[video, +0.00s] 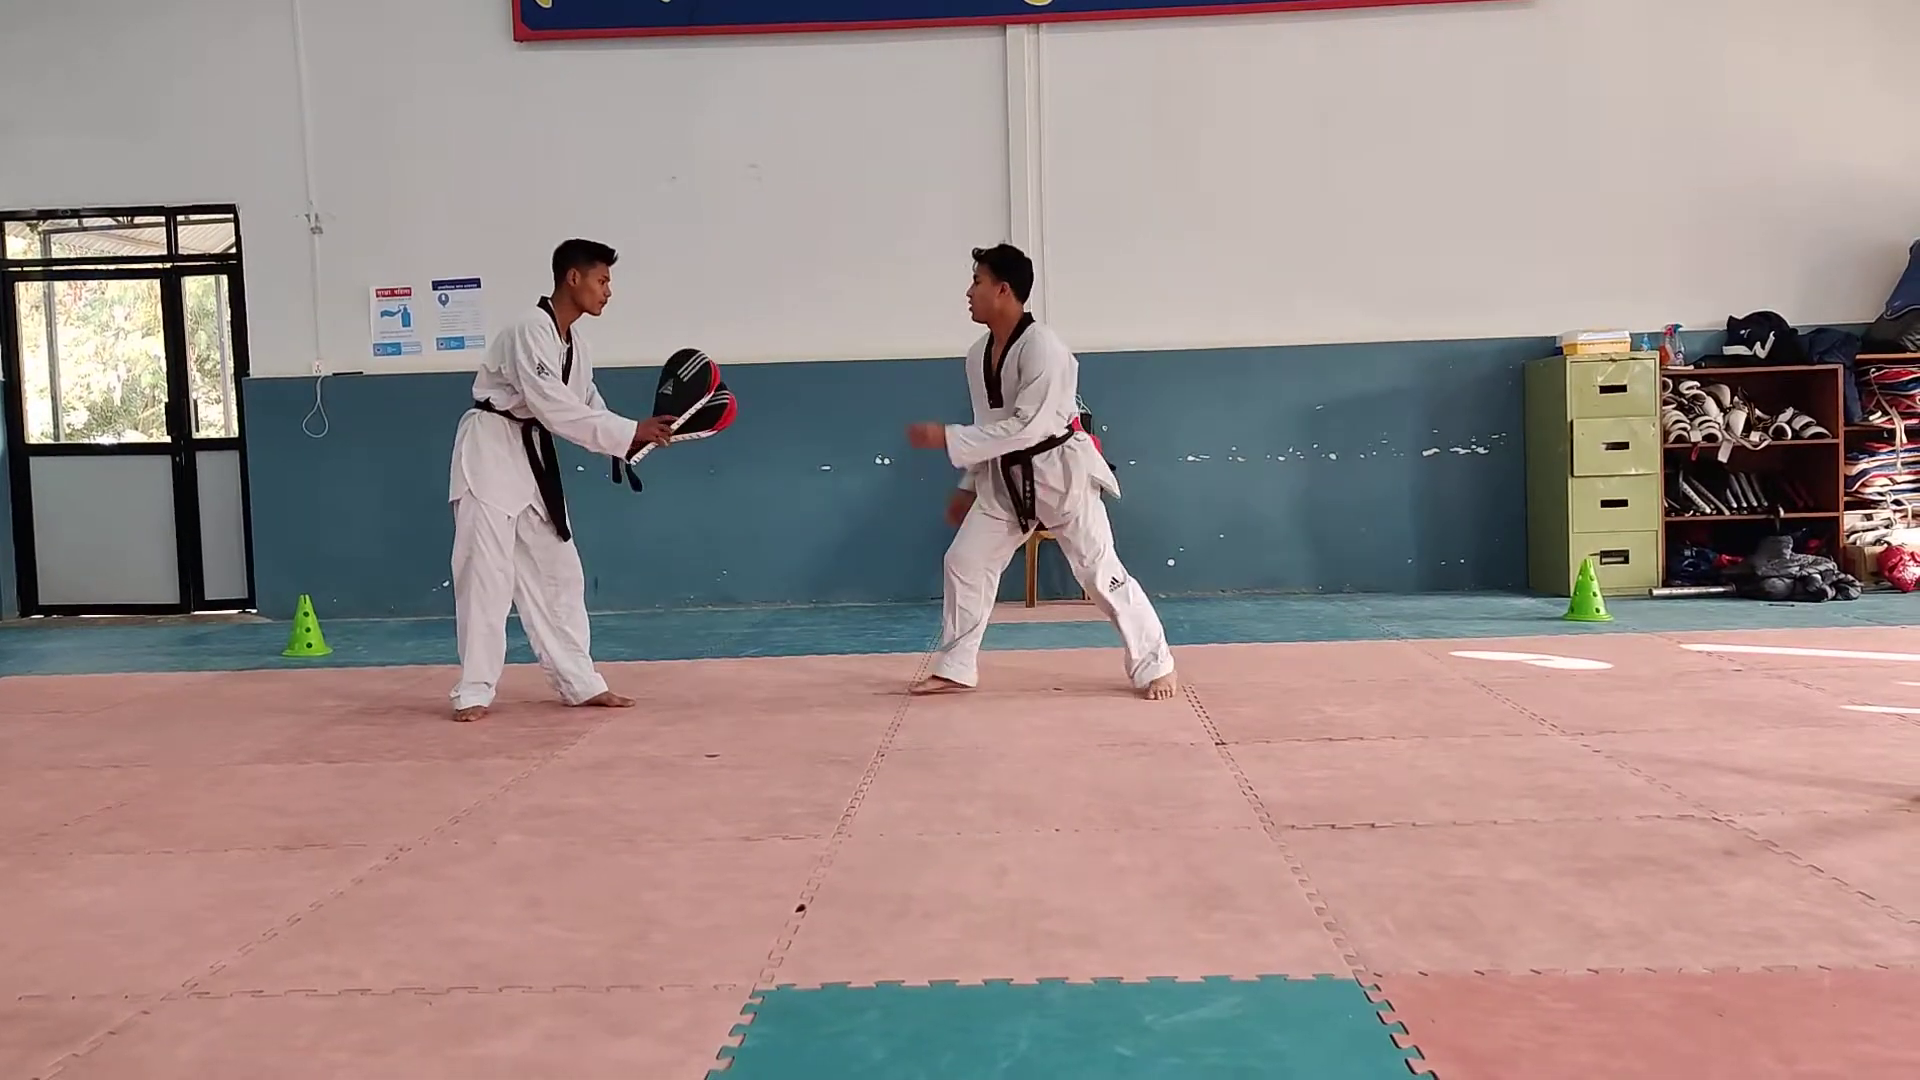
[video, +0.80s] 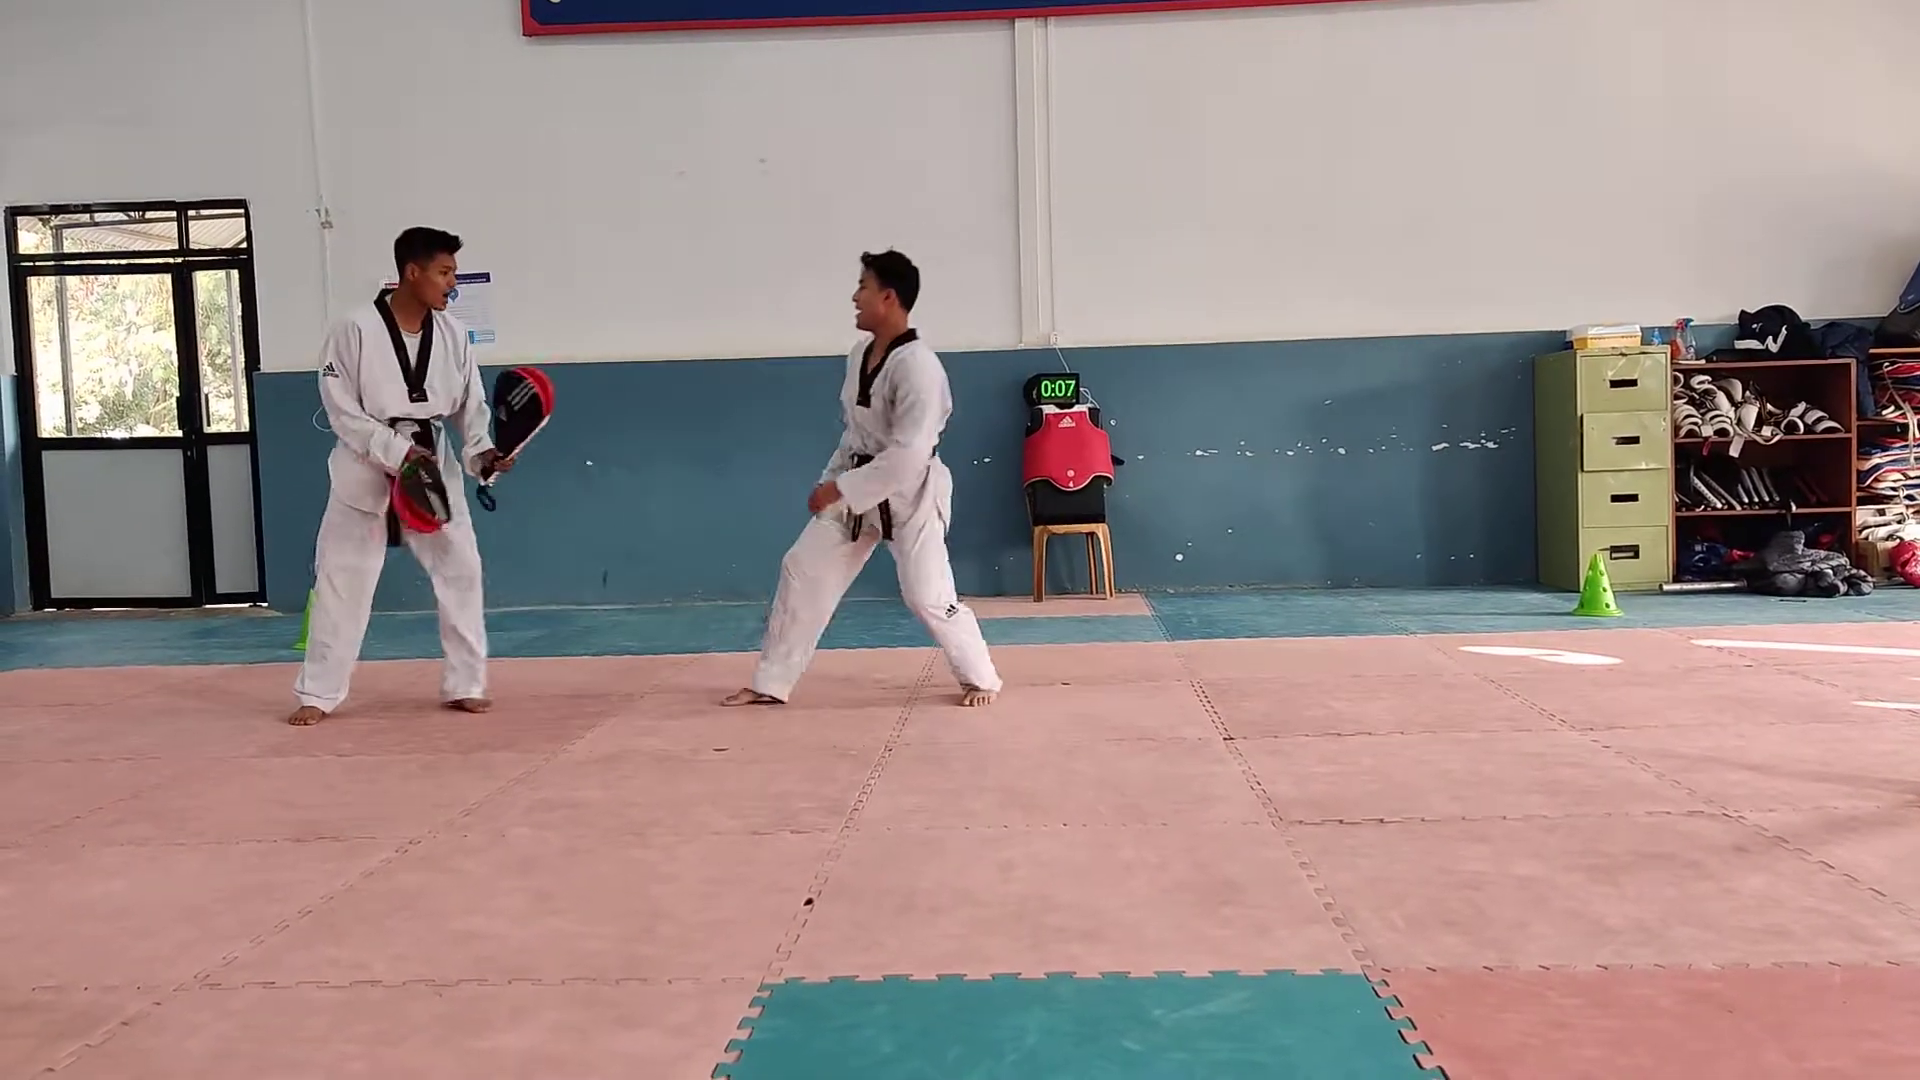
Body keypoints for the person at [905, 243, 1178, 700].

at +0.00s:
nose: (969, 291)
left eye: (977, 282)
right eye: (972, 281)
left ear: (1005, 291)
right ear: (1001, 291)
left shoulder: (1045, 351)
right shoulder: (978, 355)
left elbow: (1029, 427)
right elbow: (988, 428)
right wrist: (969, 486)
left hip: (1062, 472)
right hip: (1005, 477)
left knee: (1100, 572)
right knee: (964, 562)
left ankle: (1156, 666)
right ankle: (957, 668)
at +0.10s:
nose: (966, 276)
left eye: (977, 269)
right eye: (971, 267)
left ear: (1004, 283)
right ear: (997, 281)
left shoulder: (1031, 346)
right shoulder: (961, 336)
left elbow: (1040, 428)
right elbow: (935, 390)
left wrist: (976, 448)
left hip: (1032, 468)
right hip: (980, 472)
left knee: (1070, 571)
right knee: (967, 571)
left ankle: (1142, 657)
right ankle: (981, 673)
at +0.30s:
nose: (972, 256)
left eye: (981, 248)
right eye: (974, 247)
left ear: (1012, 256)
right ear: (995, 254)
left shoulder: (1034, 312)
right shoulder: (951, 303)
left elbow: (1068, 367)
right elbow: (910, 357)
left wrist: (1018, 336)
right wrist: (872, 391)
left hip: (963, 432)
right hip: (911, 411)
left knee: (940, 556)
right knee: (830, 469)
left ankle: (941, 669)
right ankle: (904, 543)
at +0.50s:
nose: (943, 267)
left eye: (952, 258)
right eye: (947, 258)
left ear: (978, 265)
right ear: (976, 266)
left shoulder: (995, 326)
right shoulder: (950, 319)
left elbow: (941, 360)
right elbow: (931, 383)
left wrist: (885, 337)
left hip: (933, 457)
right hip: (892, 422)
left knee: (914, 572)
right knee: (798, 408)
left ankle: (919, 676)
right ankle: (716, 452)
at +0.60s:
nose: (921, 259)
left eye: (929, 249)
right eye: (923, 249)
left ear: (956, 257)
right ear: (952, 257)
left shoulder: (984, 320)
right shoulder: (919, 310)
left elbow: (970, 397)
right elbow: (904, 373)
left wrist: (895, 396)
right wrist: (891, 385)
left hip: (932, 450)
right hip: (882, 431)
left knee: (925, 567)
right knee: (787, 468)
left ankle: (951, 668)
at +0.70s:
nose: (892, 275)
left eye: (901, 266)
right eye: (895, 265)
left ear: (929, 276)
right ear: (921, 275)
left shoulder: (962, 349)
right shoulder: (890, 332)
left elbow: (960, 431)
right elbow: (875, 408)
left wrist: (892, 460)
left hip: (929, 471)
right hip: (873, 462)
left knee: (941, 584)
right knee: (804, 530)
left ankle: (984, 678)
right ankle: (765, 638)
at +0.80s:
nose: (854, 296)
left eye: (863, 288)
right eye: (857, 287)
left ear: (891, 298)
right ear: (885, 297)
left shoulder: (920, 369)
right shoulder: (861, 353)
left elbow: (910, 456)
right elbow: (855, 432)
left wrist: (841, 488)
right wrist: (832, 482)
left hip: (913, 483)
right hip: (858, 479)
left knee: (926, 594)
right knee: (803, 568)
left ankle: (980, 680)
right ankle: (772, 684)